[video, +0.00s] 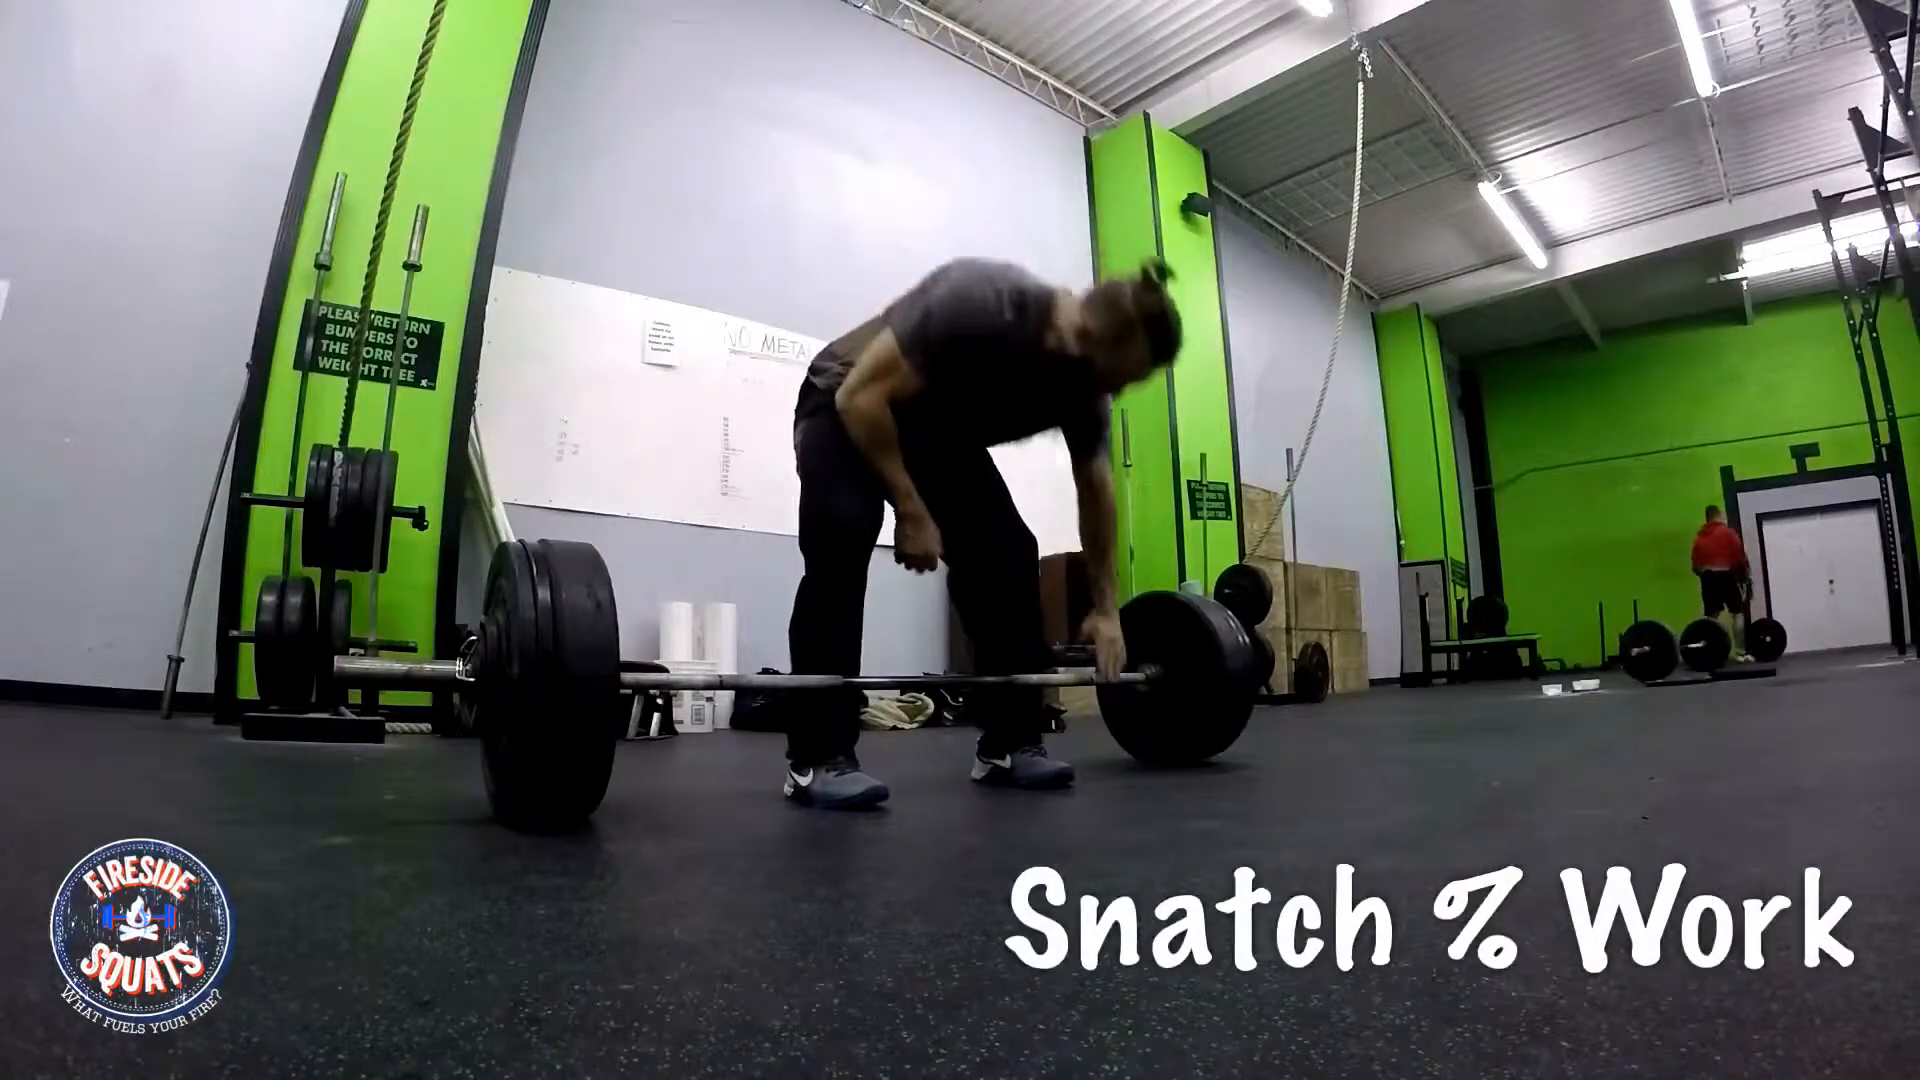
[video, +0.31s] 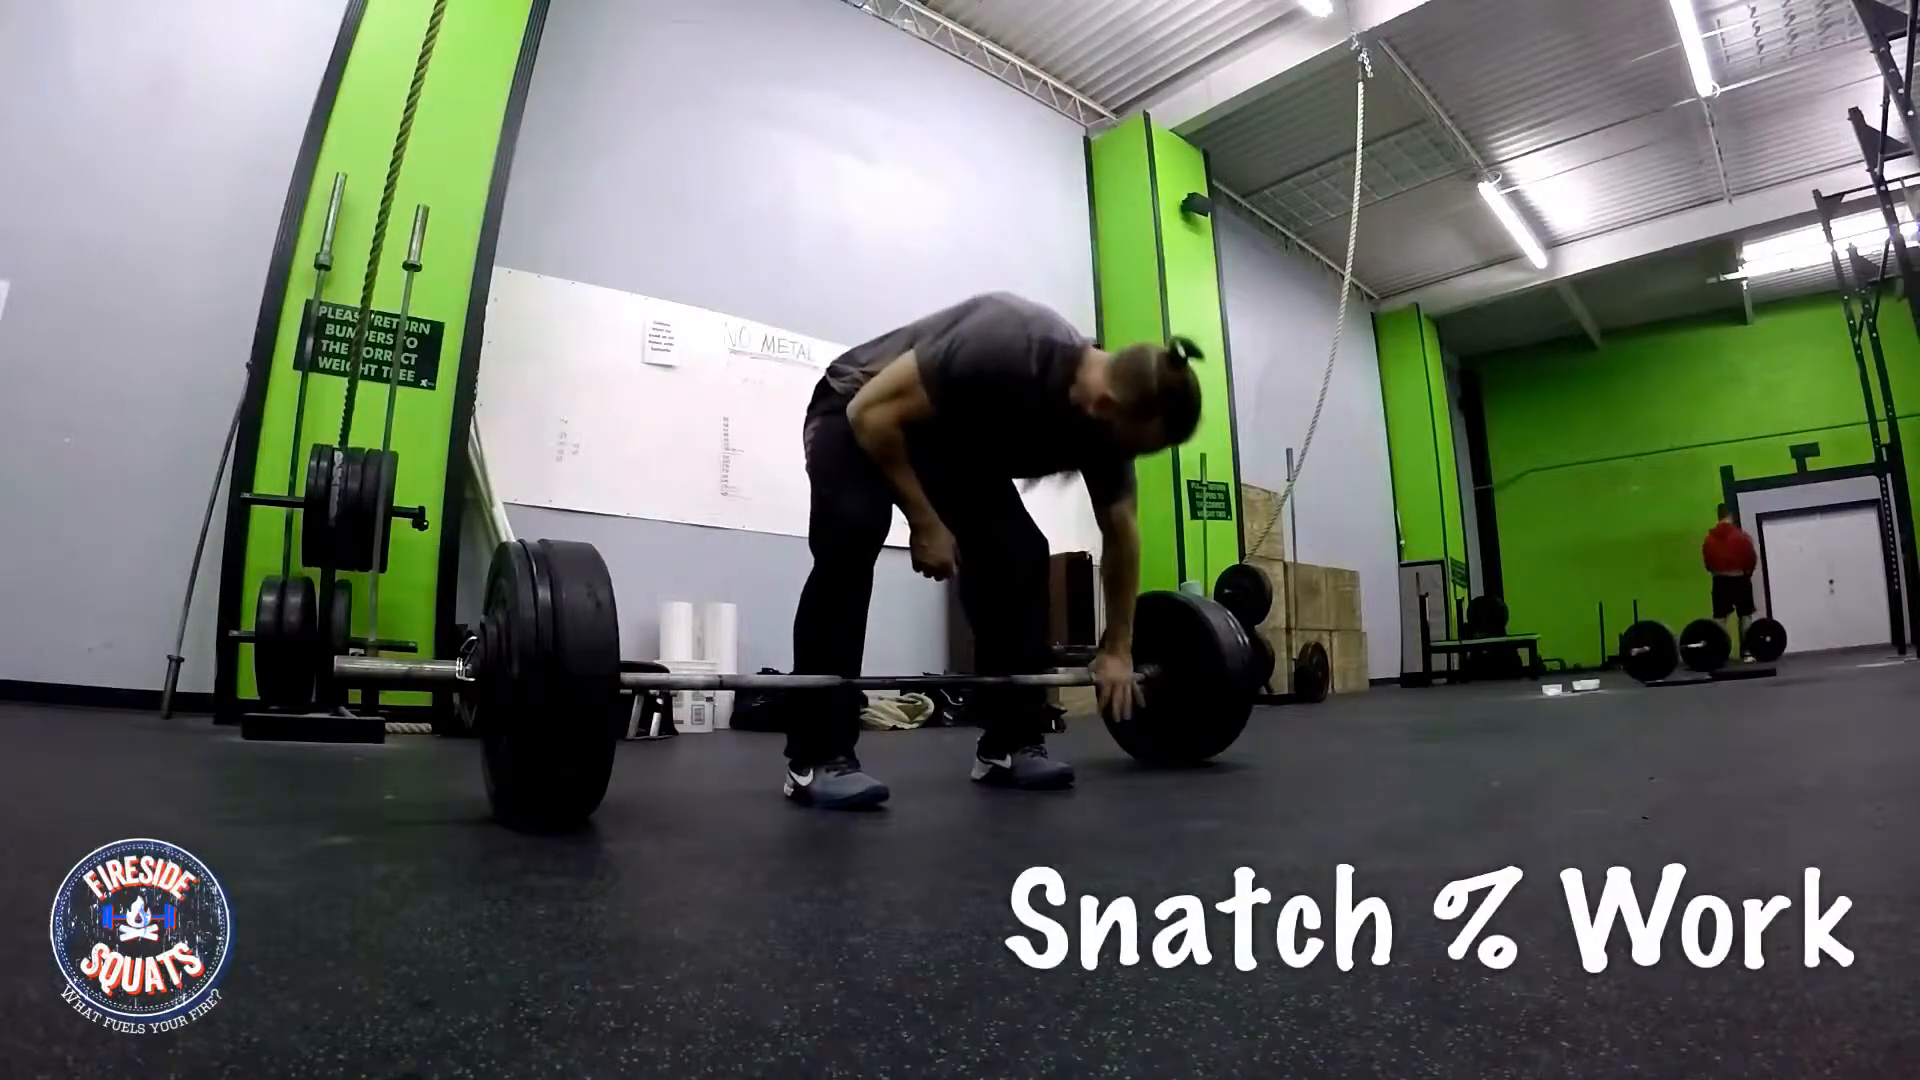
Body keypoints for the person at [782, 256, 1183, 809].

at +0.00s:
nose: (1112, 389)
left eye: (1121, 382)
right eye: (1113, 374)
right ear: (1086, 328)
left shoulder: (1085, 383)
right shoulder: (975, 299)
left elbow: (1095, 489)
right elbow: (859, 398)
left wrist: (1104, 606)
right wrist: (911, 511)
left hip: (943, 430)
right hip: (851, 402)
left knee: (1006, 554)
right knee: (838, 561)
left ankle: (1008, 744)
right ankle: (819, 759)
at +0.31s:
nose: (1127, 455)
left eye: (1137, 451)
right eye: (1129, 444)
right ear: (1104, 402)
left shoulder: (1104, 426)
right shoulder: (1001, 342)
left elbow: (1120, 531)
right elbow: (869, 411)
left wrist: (1117, 648)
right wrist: (925, 525)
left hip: (959, 442)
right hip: (862, 407)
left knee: (1018, 559)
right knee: (847, 554)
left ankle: (1009, 743)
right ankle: (818, 758)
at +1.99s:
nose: (1071, 442)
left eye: (1091, 441)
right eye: (1077, 422)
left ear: (1117, 434)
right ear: (1072, 368)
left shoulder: (1100, 435)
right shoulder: (979, 345)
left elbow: (1124, 542)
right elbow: (829, 402)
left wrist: (1119, 652)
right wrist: (855, 544)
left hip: (952, 458)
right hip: (862, 428)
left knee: (1024, 559)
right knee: (847, 561)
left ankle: (1011, 744)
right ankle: (819, 760)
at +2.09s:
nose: (1051, 448)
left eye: (1071, 451)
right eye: (1058, 428)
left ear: (1103, 446)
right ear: (1056, 377)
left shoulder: (1092, 451)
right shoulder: (960, 356)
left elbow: (1123, 550)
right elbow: (811, 418)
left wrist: (1119, 656)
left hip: (945, 460)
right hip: (856, 433)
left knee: (1025, 559)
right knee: (840, 571)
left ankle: (1009, 746)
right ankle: (819, 760)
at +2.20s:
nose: (1029, 473)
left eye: (1053, 472)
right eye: (1033, 452)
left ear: (1094, 462)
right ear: (1035, 395)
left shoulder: (1081, 453)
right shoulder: (936, 377)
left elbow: (1121, 551)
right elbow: (788, 443)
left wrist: (1118, 651)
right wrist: (715, 590)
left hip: (938, 456)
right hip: (843, 433)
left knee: (1025, 557)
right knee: (835, 569)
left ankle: (1011, 744)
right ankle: (820, 761)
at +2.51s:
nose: (974, 515)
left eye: (991, 516)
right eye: (976, 497)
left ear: (1051, 497)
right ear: (985, 434)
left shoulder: (1066, 492)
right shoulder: (886, 414)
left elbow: (1118, 562)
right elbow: (730, 481)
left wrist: (1124, 653)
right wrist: (678, 636)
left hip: (921, 490)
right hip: (836, 459)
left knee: (1028, 564)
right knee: (816, 555)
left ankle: (1011, 746)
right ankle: (820, 761)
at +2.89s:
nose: (970, 510)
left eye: (984, 511)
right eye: (970, 491)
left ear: (1051, 490)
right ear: (978, 428)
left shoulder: (1070, 490)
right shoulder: (888, 407)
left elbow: (1117, 562)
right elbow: (724, 483)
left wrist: (1127, 652)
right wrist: (678, 638)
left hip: (919, 501)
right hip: (840, 475)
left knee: (1036, 564)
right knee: (817, 553)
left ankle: (1011, 746)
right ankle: (821, 761)